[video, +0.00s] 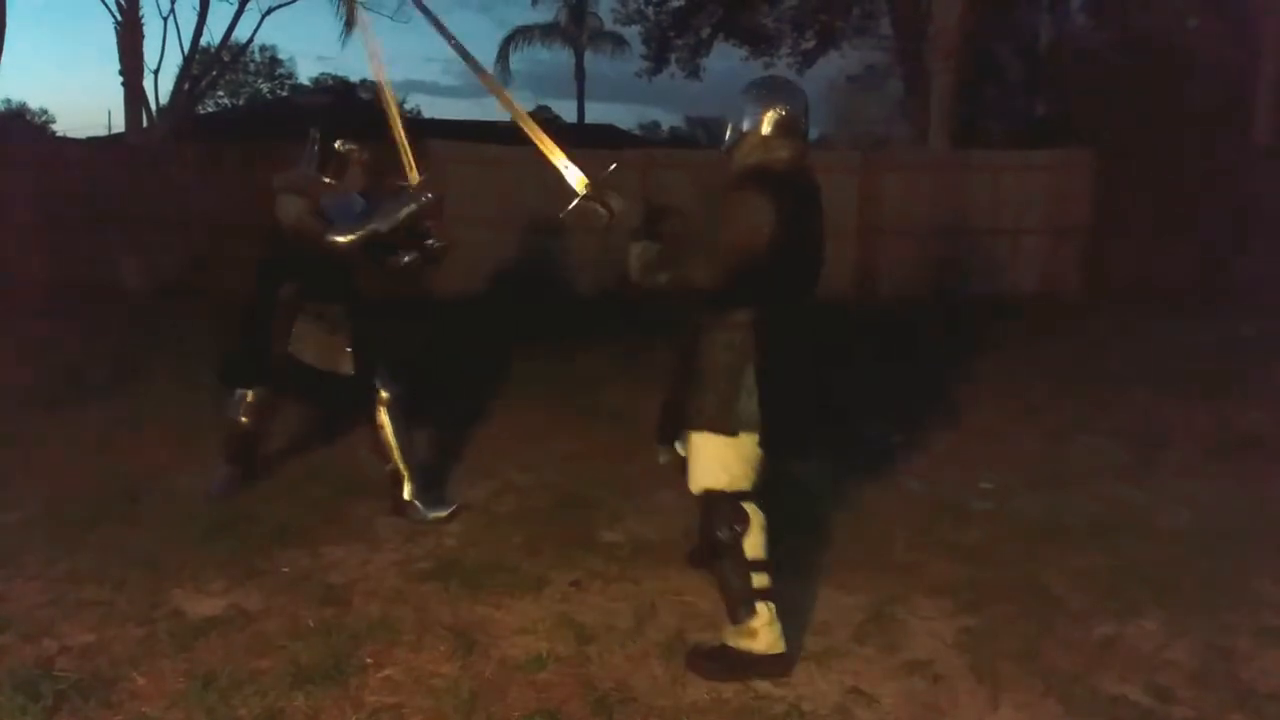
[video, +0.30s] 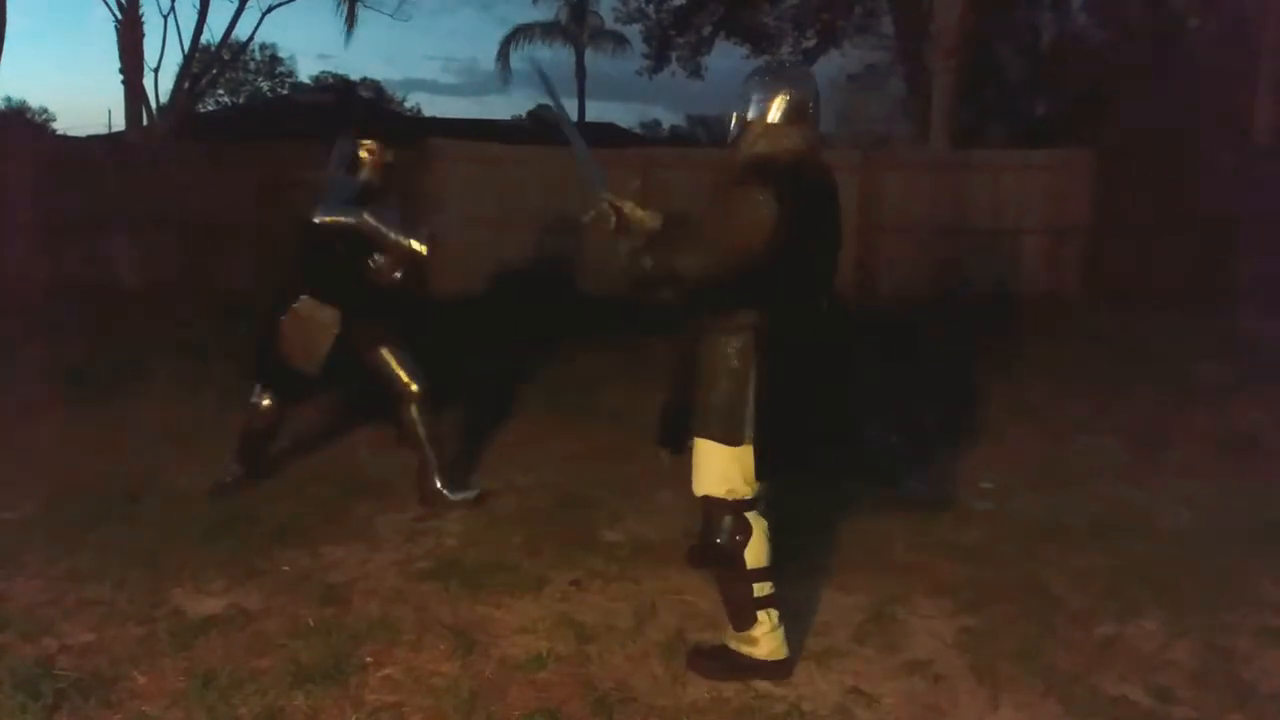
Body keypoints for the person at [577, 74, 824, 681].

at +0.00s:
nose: (733, 129)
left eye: (742, 117)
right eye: (740, 116)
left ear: (762, 123)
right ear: (791, 125)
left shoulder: (760, 188)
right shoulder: (790, 184)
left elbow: (729, 273)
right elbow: (734, 268)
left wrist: (659, 268)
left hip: (744, 354)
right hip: (763, 346)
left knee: (726, 491)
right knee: (730, 474)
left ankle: (757, 637)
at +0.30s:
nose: (738, 129)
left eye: (746, 119)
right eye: (743, 119)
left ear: (765, 124)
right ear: (800, 125)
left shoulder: (765, 189)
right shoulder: (808, 183)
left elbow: (705, 256)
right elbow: (725, 243)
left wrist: (637, 238)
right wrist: (656, 225)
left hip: (747, 351)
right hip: (778, 343)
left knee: (729, 495)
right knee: (740, 464)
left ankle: (759, 642)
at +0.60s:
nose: (742, 138)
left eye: (747, 127)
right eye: (750, 128)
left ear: (754, 128)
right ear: (802, 128)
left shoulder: (757, 186)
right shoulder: (813, 186)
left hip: (749, 352)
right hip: (790, 344)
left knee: (728, 495)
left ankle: (761, 644)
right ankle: (724, 543)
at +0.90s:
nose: (724, 142)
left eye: (733, 131)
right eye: (728, 131)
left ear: (749, 131)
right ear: (780, 131)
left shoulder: (759, 197)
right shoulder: (770, 191)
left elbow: (704, 270)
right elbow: (693, 240)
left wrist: (619, 251)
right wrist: (632, 228)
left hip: (739, 360)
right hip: (731, 349)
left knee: (689, 494)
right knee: (676, 435)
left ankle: (762, 638)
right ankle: (689, 550)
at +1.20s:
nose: (754, 151)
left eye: (763, 140)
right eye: (763, 141)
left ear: (773, 142)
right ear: (812, 149)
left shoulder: (774, 209)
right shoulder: (798, 203)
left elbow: (695, 264)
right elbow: (715, 242)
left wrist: (630, 235)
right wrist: (652, 220)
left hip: (735, 366)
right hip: (755, 355)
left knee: (712, 513)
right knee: (671, 438)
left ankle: (776, 660)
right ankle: (694, 547)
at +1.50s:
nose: (736, 143)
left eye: (744, 132)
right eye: (744, 132)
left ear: (755, 134)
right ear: (789, 136)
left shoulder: (757, 193)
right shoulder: (782, 190)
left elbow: (702, 226)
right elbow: (704, 192)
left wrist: (642, 182)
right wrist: (654, 157)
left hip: (738, 343)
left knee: (737, 486)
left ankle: (767, 632)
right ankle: (725, 525)